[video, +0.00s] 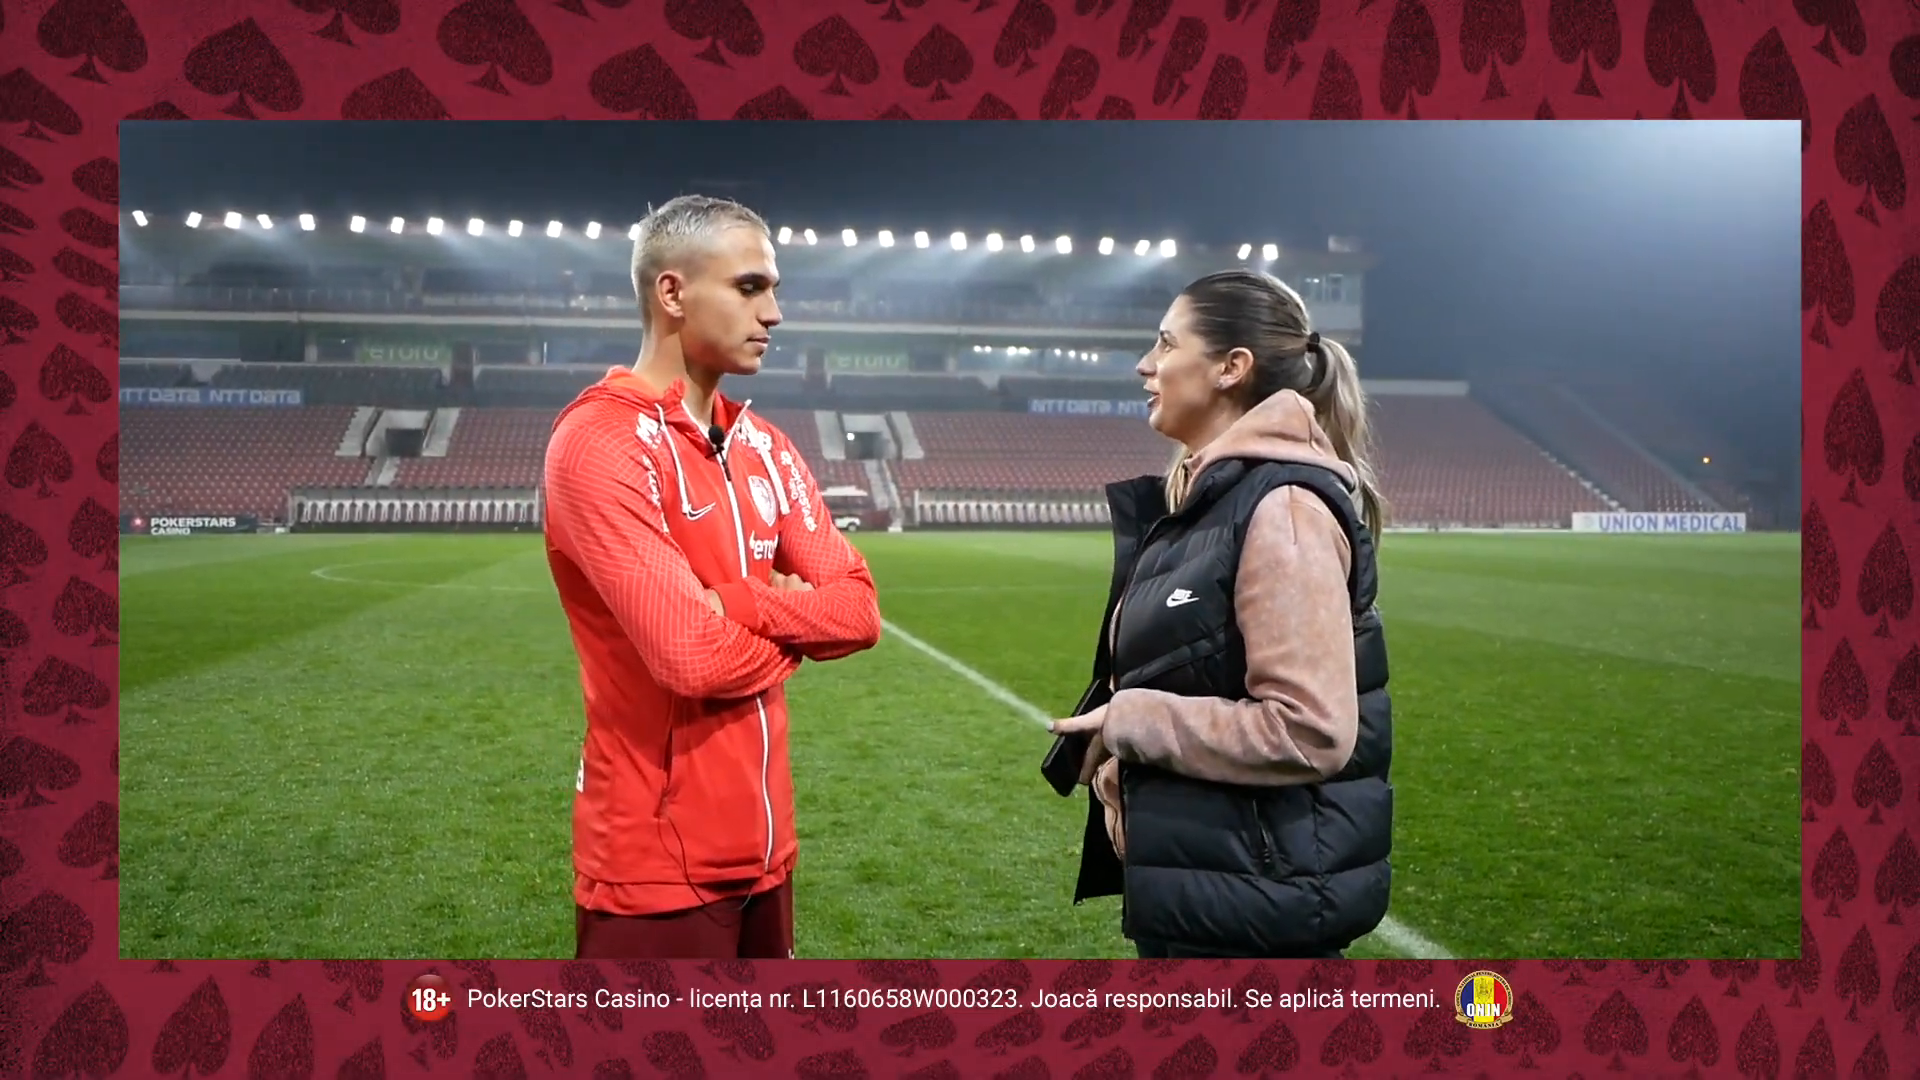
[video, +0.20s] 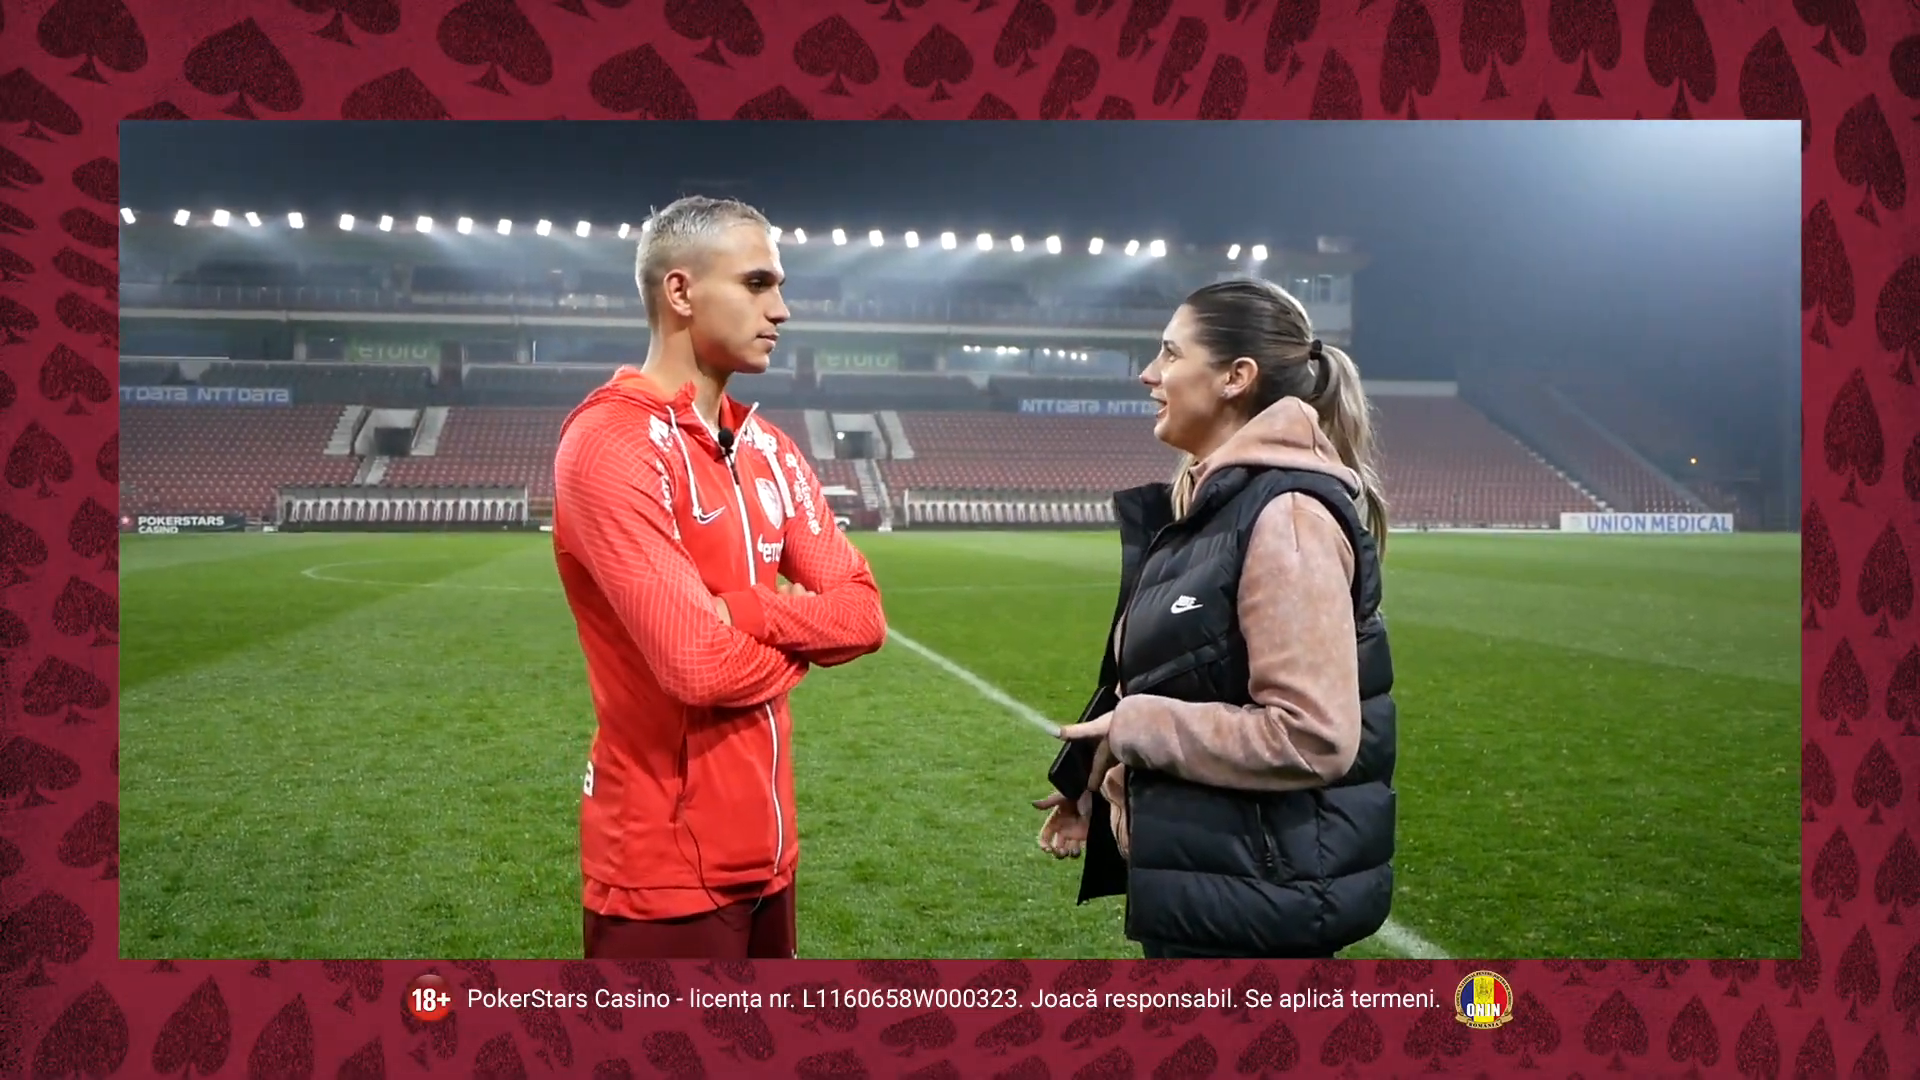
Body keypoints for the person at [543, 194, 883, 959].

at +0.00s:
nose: (774, 313)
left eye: (772, 290)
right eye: (749, 288)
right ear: (671, 293)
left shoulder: (765, 444)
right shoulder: (596, 446)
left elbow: (858, 612)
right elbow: (691, 662)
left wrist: (724, 602)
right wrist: (796, 627)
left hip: (760, 844)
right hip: (654, 855)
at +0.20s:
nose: (782, 309)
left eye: (778, 286)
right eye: (757, 284)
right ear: (680, 292)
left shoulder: (771, 448)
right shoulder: (607, 447)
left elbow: (864, 616)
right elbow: (698, 669)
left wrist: (732, 610)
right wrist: (799, 645)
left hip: (763, 845)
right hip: (662, 857)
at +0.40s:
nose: (791, 318)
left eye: (789, 295)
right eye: (768, 293)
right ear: (691, 300)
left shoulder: (778, 452)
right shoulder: (620, 455)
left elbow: (872, 622)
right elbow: (717, 675)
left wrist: (745, 614)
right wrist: (816, 645)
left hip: (776, 851)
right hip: (677, 864)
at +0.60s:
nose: (801, 324)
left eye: (799, 301)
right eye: (777, 299)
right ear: (700, 306)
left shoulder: (789, 455)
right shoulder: (631, 459)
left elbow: (884, 625)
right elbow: (731, 679)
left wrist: (759, 617)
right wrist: (827, 651)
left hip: (786, 852)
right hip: (690, 866)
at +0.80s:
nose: (814, 326)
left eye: (813, 303)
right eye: (791, 302)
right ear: (713, 307)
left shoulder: (804, 456)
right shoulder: (644, 459)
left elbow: (898, 624)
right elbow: (745, 678)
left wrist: (772, 617)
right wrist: (844, 648)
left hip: (802, 850)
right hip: (706, 864)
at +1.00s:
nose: (822, 333)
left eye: (823, 309)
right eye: (799, 307)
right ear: (721, 309)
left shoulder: (812, 455)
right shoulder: (655, 459)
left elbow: (908, 620)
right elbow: (758, 676)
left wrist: (790, 616)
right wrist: (852, 646)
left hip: (813, 847)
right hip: (719, 861)